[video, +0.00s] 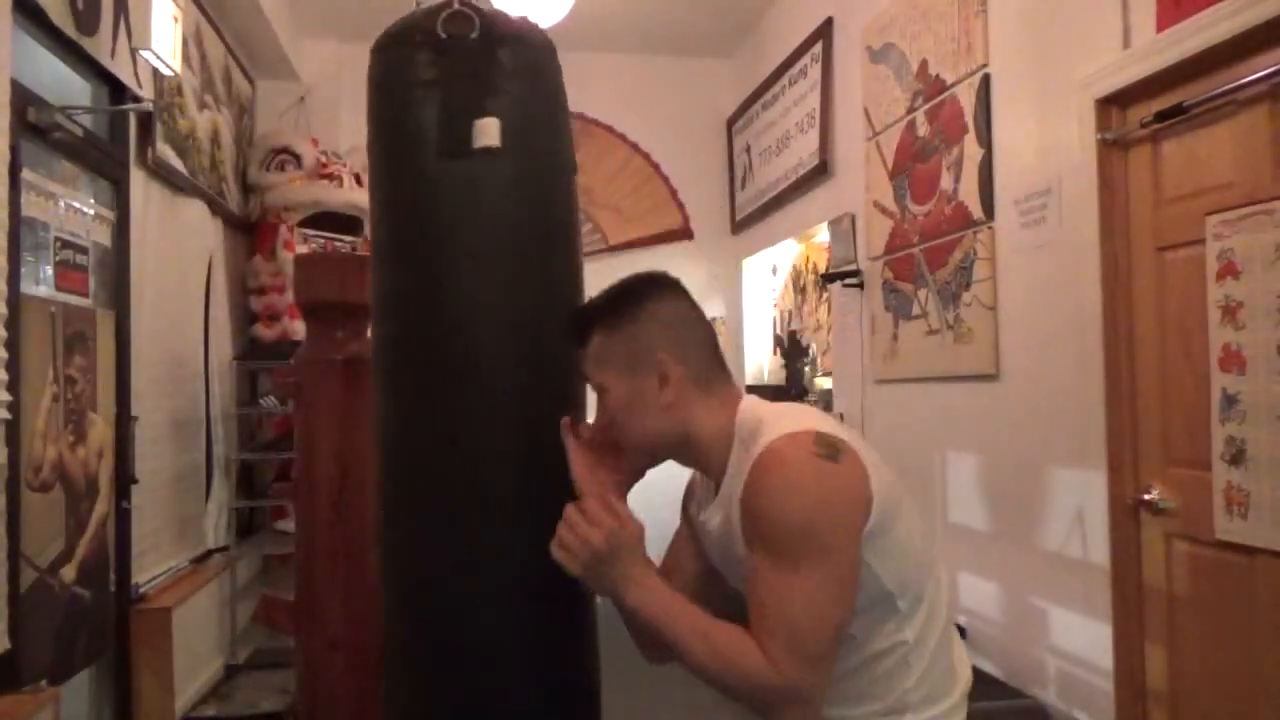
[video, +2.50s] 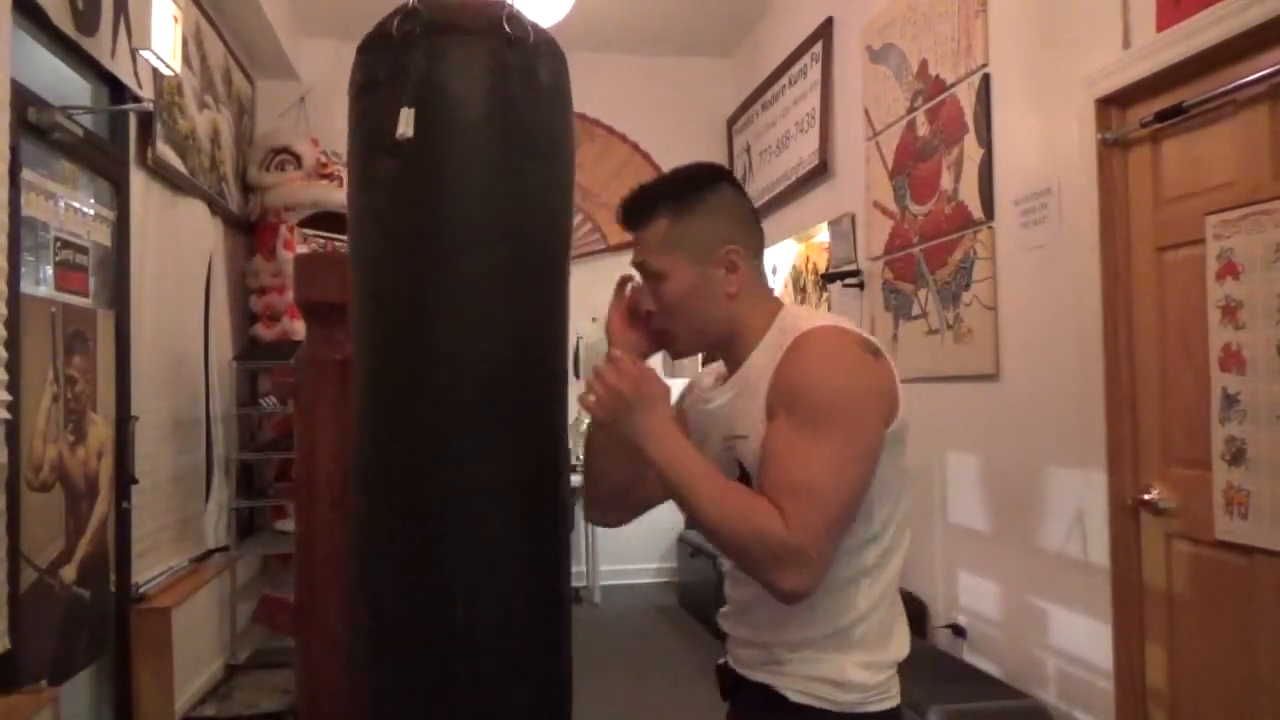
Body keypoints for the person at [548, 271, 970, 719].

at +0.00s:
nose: (597, 423)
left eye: (603, 393)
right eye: (595, 396)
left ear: (664, 380)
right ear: (662, 381)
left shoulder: (797, 470)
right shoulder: (714, 478)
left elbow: (792, 690)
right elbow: (660, 638)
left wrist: (631, 578)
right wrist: (606, 504)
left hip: (900, 708)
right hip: (824, 700)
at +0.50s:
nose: (683, 428)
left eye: (687, 404)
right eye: (682, 406)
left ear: (736, 393)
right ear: (759, 389)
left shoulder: (738, 444)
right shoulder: (842, 431)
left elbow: (789, 598)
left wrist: (745, 696)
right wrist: (720, 509)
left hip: (883, 707)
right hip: (977, 698)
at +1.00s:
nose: (607, 325)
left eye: (621, 304)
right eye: (609, 304)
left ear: (698, 303)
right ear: (692, 308)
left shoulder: (801, 408)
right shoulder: (682, 426)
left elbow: (726, 619)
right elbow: (579, 521)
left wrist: (561, 520)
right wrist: (590, 381)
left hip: (873, 702)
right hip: (788, 687)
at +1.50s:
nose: (635, 295)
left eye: (638, 273)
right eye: (632, 276)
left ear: (689, 259)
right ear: (693, 258)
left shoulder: (751, 362)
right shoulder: (790, 330)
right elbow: (645, 496)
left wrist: (585, 347)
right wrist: (639, 345)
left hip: (786, 704)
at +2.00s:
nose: (728, 378)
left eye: (725, 362)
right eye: (722, 366)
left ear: (760, 330)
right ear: (813, 326)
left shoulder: (767, 376)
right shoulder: (899, 388)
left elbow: (680, 540)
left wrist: (640, 418)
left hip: (810, 704)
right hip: (922, 697)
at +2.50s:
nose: (644, 301)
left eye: (656, 278)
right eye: (641, 280)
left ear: (730, 270)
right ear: (729, 276)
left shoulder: (832, 363)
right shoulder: (713, 386)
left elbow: (793, 564)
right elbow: (609, 504)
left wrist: (654, 430)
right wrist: (625, 363)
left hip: (826, 698)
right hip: (751, 683)